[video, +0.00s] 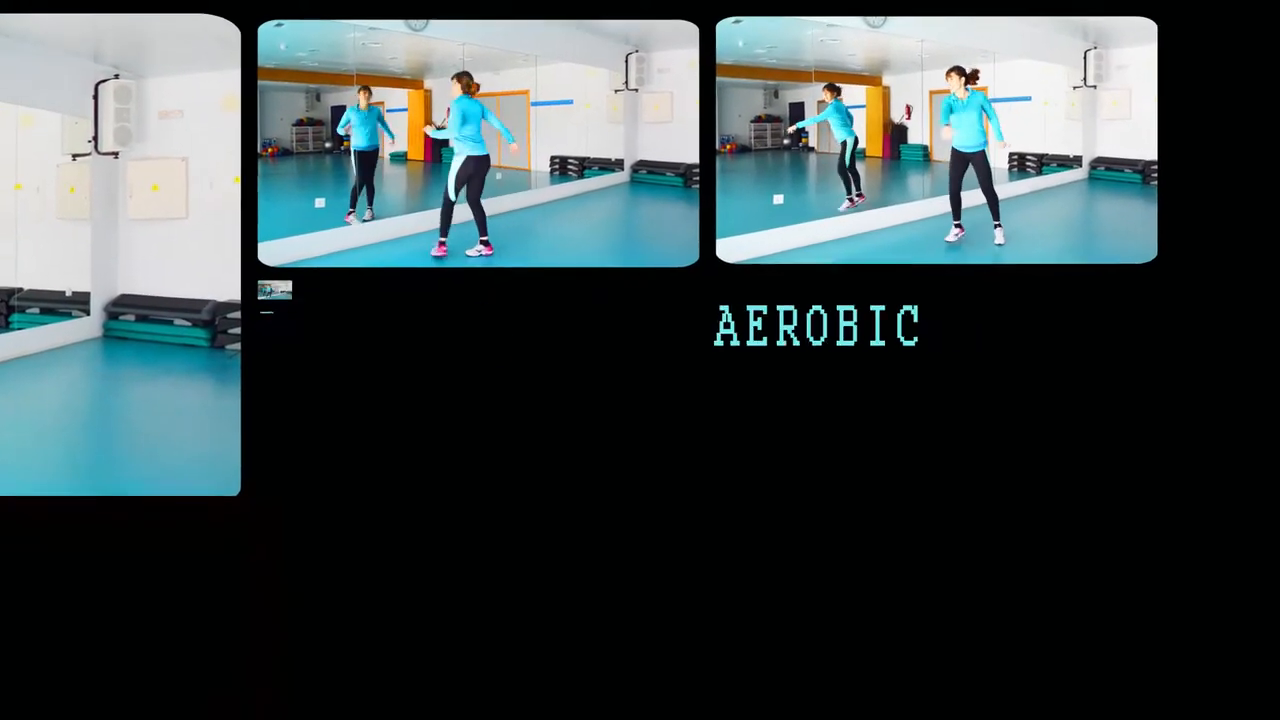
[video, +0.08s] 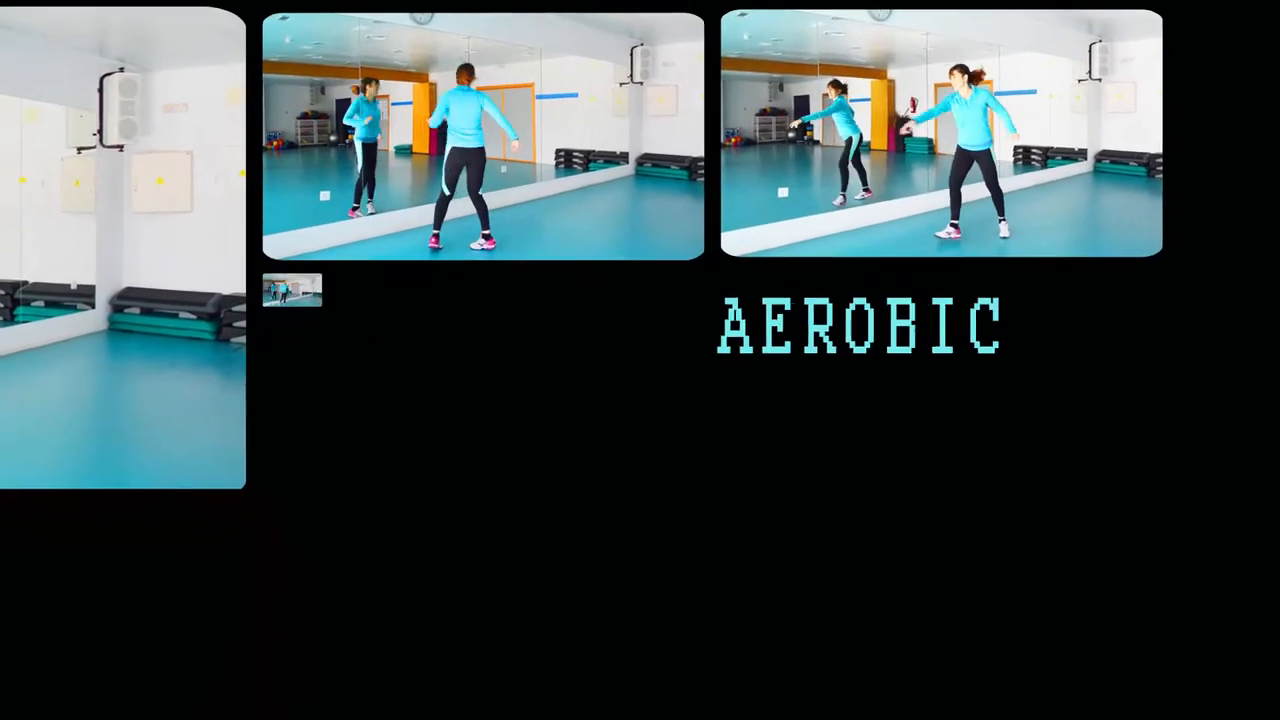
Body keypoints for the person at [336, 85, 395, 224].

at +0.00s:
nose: (365, 96)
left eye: (367, 93)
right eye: (363, 93)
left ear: (370, 96)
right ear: (359, 96)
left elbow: (384, 124)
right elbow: (339, 128)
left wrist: (391, 136)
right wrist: (344, 132)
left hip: (373, 147)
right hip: (358, 148)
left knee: (369, 180)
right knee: (360, 180)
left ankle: (369, 209)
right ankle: (351, 211)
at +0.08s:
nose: (377, 89)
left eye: (378, 87)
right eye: (376, 87)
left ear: (373, 88)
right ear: (368, 87)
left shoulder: (375, 103)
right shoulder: (358, 102)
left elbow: (375, 120)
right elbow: (346, 119)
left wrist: (379, 131)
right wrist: (362, 122)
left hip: (373, 139)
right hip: (361, 139)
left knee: (371, 172)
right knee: (363, 172)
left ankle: (370, 202)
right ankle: (355, 207)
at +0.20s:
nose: (381, 78)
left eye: (380, 75)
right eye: (380, 75)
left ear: (369, 78)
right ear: (378, 77)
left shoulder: (367, 91)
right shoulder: (374, 89)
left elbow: (353, 108)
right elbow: (369, 106)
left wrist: (352, 123)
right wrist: (385, 115)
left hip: (364, 127)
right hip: (368, 128)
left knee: (371, 162)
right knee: (369, 162)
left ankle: (365, 195)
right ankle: (362, 198)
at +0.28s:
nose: (366, 73)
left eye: (366, 71)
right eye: (366, 71)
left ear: (369, 72)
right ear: (379, 71)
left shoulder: (362, 85)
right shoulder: (381, 83)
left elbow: (349, 100)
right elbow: (382, 100)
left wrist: (340, 116)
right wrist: (398, 109)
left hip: (362, 121)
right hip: (374, 122)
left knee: (365, 157)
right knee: (375, 157)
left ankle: (360, 191)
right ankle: (368, 193)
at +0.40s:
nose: (366, 64)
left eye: (367, 61)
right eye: (367, 61)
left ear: (369, 62)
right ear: (380, 62)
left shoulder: (362, 76)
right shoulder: (386, 75)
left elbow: (351, 92)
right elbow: (396, 90)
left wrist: (335, 104)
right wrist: (412, 94)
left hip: (365, 116)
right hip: (381, 115)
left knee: (363, 151)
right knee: (382, 151)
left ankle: (354, 185)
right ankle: (381, 186)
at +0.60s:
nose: (366, 55)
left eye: (366, 53)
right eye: (366, 53)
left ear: (371, 52)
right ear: (379, 52)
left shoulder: (367, 66)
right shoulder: (389, 66)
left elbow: (362, 84)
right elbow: (405, 78)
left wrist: (340, 86)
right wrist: (408, 74)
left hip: (370, 108)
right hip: (386, 108)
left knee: (365, 143)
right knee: (391, 141)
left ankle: (363, 180)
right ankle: (400, 174)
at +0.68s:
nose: (366, 50)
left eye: (367, 47)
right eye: (366, 48)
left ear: (370, 47)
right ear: (379, 47)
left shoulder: (368, 60)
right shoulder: (388, 61)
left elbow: (359, 81)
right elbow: (402, 75)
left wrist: (340, 77)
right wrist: (392, 68)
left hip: (372, 103)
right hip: (388, 103)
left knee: (368, 139)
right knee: (388, 137)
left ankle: (368, 176)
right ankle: (403, 169)